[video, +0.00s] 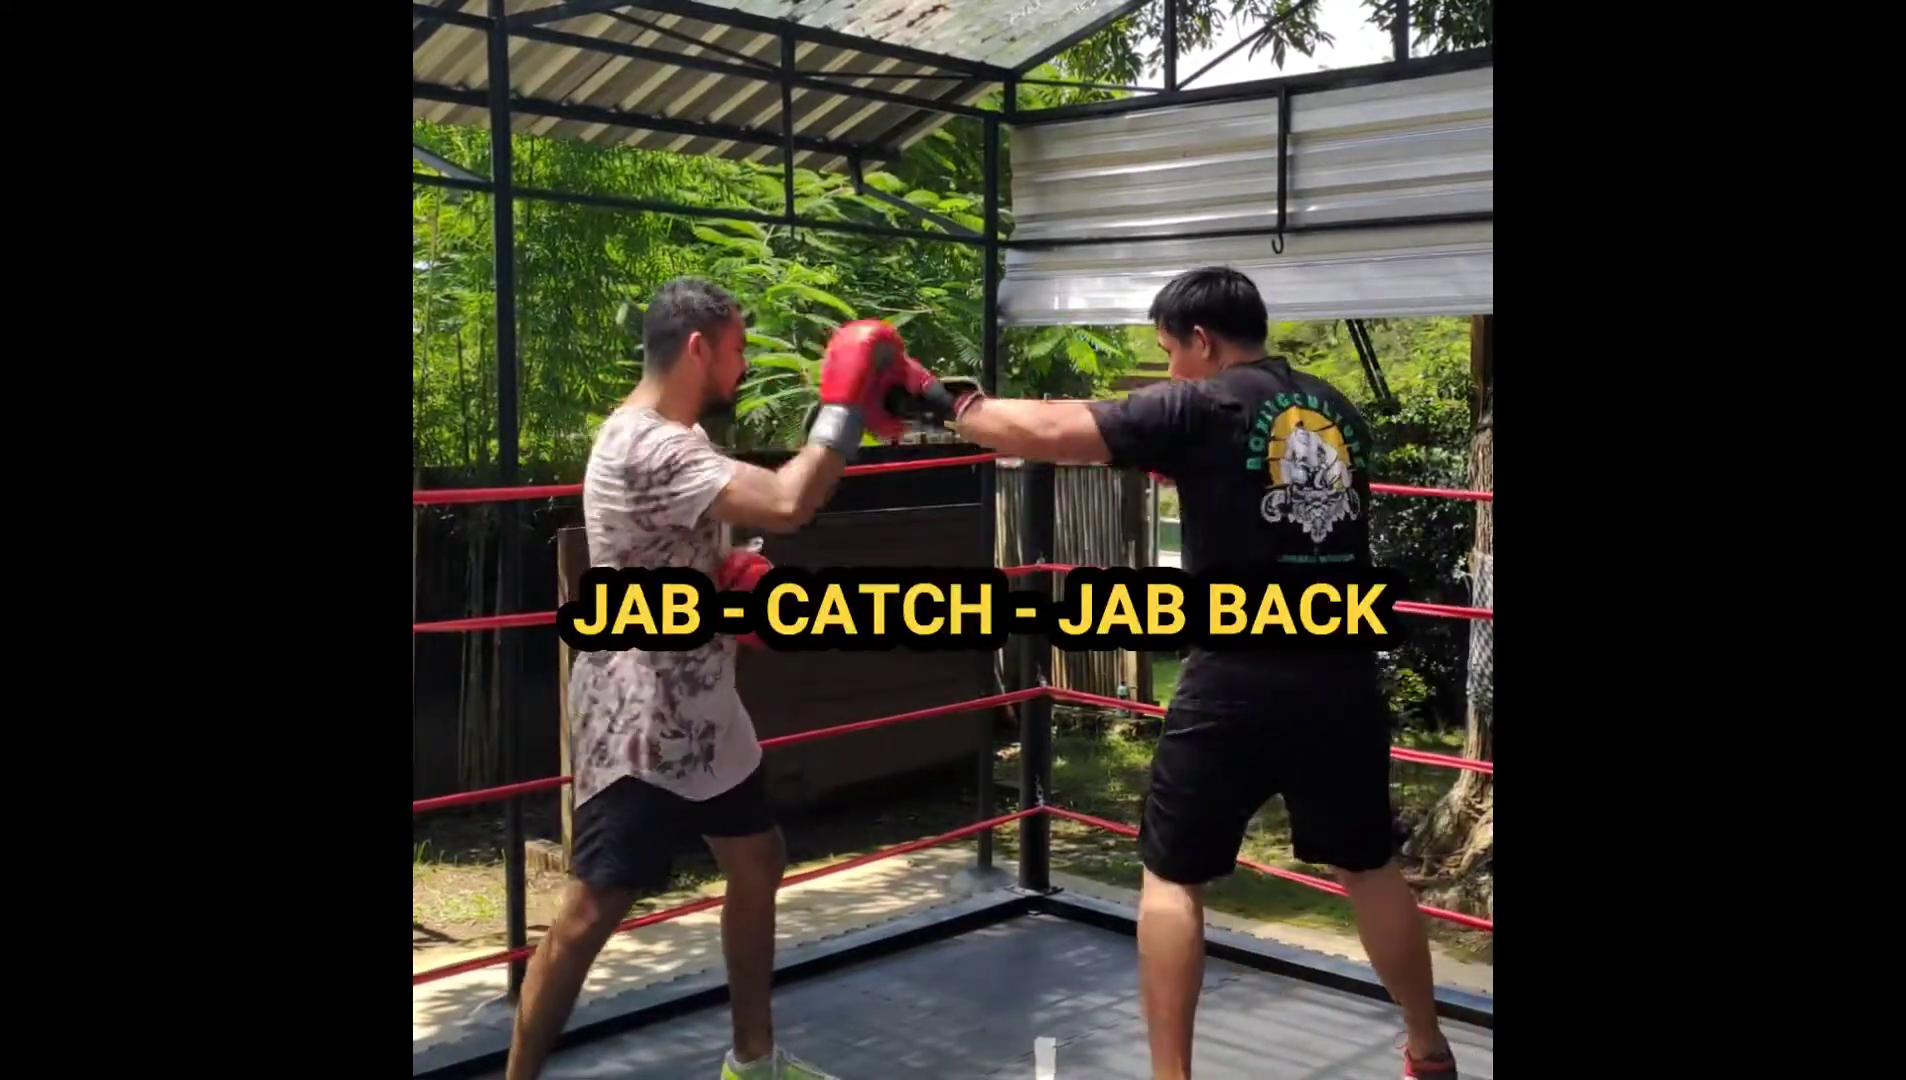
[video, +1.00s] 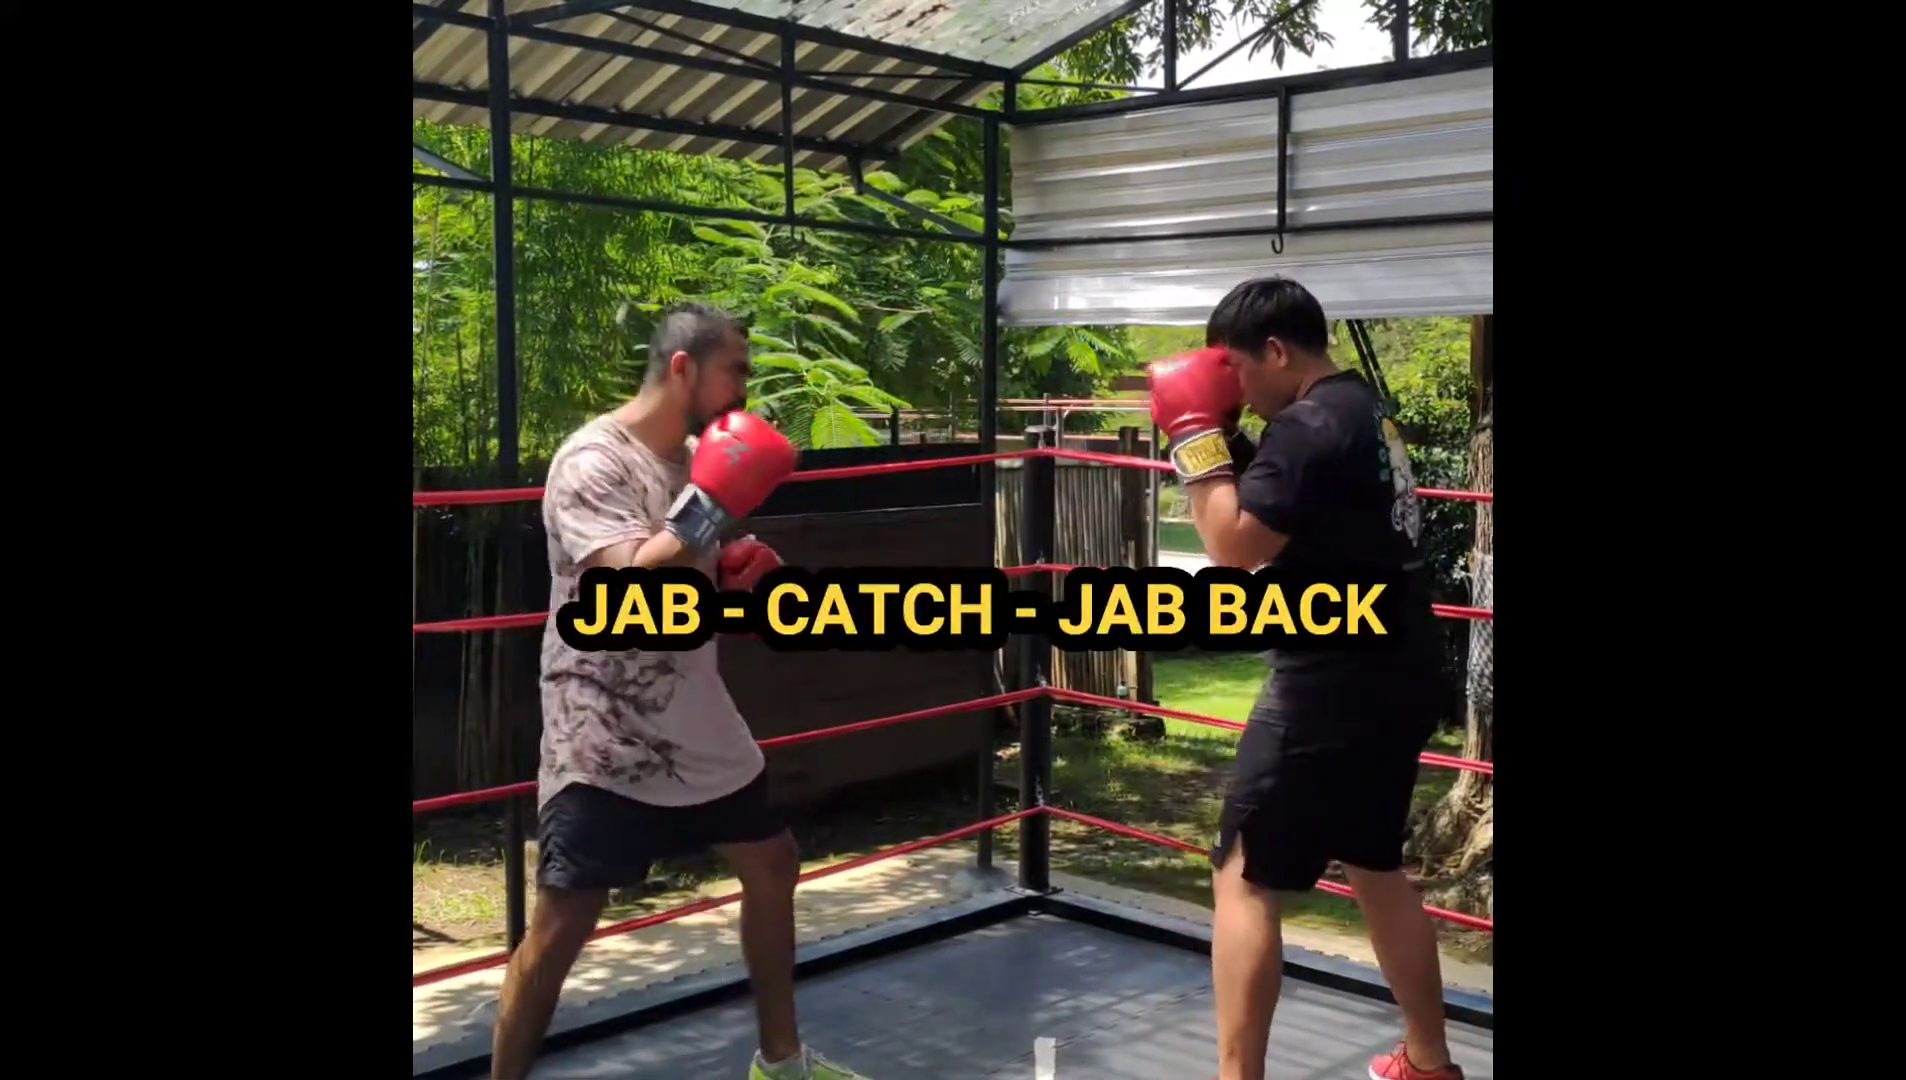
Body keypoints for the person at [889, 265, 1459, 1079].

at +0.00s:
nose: (1165, 369)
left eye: (1167, 353)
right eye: (1162, 356)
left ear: (1202, 342)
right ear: (1255, 337)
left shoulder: (1206, 407)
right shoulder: (1332, 406)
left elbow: (1051, 435)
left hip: (1233, 684)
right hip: (1343, 682)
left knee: (1171, 875)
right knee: (1374, 867)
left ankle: (1170, 1071)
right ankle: (1428, 1049)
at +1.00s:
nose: (1232, 385)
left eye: (1234, 367)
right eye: (1226, 372)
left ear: (1277, 352)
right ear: (1299, 349)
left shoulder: (1309, 427)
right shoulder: (1359, 403)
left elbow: (1235, 543)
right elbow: (1264, 526)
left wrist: (1196, 439)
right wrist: (1217, 436)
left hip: (1327, 677)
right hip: (1396, 673)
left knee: (1243, 874)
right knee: (1378, 864)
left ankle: (1239, 1070)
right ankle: (1430, 1058)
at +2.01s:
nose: (1153, 377)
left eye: (1154, 361)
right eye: (1148, 363)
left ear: (1190, 348)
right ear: (1245, 339)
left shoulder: (1197, 410)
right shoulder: (1327, 399)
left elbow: (1057, 444)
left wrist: (945, 410)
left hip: (1245, 681)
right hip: (1352, 681)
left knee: (1180, 872)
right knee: (1366, 860)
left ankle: (1177, 1072)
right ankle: (1420, 1048)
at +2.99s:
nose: (1229, 398)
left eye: (1229, 380)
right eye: (1221, 385)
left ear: (1271, 362)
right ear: (1297, 358)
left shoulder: (1311, 439)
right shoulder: (1363, 409)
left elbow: (1258, 578)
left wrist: (1201, 476)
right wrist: (1241, 452)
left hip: (1327, 693)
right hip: (1404, 687)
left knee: (1237, 879)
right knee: (1382, 871)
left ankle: (1241, 1072)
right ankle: (1434, 1064)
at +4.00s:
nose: (1186, 387)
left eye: (1186, 370)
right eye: (1180, 373)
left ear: (1225, 353)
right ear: (1273, 345)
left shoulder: (1234, 413)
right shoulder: (1348, 396)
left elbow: (1091, 453)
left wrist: (994, 412)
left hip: (1286, 675)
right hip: (1390, 674)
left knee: (1218, 869)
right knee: (1391, 870)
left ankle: (1205, 1068)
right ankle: (1435, 1060)